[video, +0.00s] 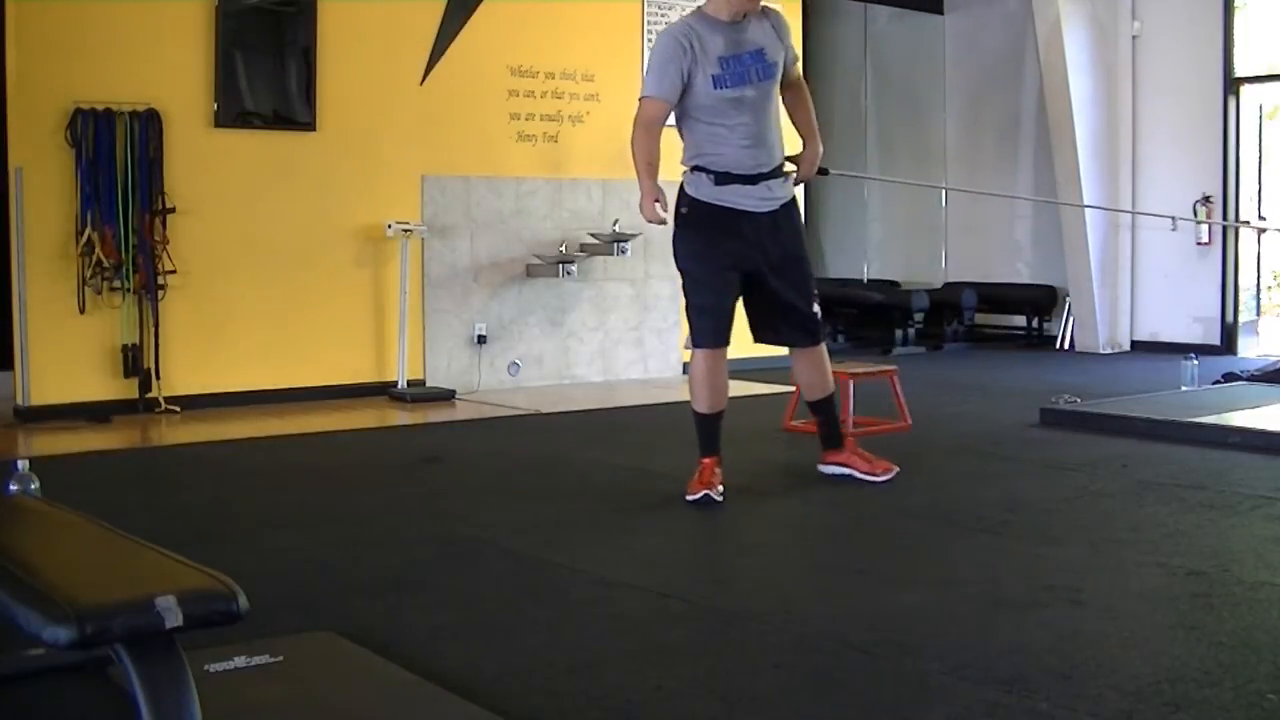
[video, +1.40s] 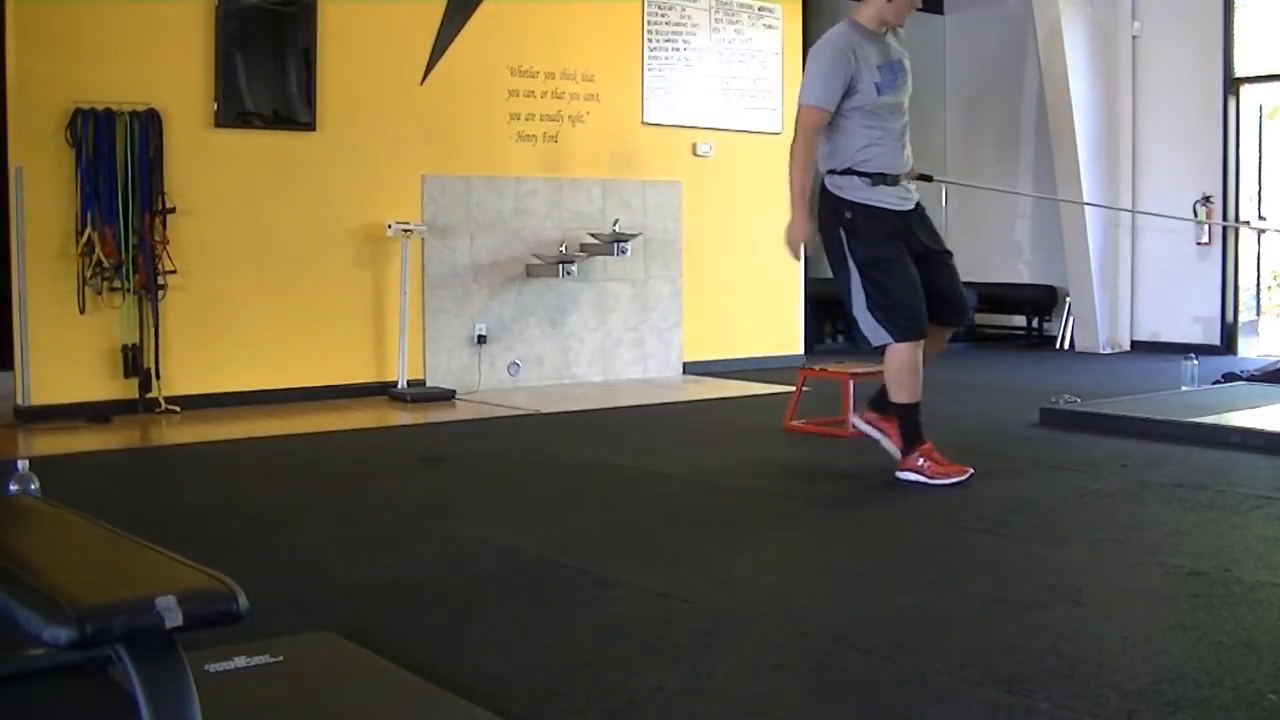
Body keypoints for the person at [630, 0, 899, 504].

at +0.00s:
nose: (758, 1)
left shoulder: (770, 23)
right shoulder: (679, 41)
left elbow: (792, 82)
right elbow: (648, 120)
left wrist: (813, 142)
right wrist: (647, 181)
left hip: (775, 207)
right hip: (708, 209)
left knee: (806, 330)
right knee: (709, 338)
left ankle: (835, 448)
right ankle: (709, 464)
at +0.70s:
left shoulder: (791, 31)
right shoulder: (720, 27)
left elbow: (796, 106)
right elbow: (699, 112)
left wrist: (834, 153)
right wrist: (718, 190)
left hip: (808, 197)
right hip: (757, 196)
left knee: (806, 328)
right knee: (772, 323)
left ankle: (802, 454)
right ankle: (745, 452)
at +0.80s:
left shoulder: (801, 29)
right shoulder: (732, 25)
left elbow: (805, 105)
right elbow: (708, 110)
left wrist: (844, 150)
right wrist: (737, 184)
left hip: (814, 191)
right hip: (769, 191)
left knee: (815, 317)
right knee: (803, 313)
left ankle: (805, 449)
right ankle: (795, 453)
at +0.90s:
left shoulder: (810, 25)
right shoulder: (745, 26)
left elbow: (816, 100)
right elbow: (714, 110)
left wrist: (856, 147)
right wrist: (749, 180)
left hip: (826, 192)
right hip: (781, 193)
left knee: (814, 322)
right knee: (830, 314)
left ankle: (800, 452)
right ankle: (853, 451)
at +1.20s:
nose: (873, 3)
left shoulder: (861, 34)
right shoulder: (797, 47)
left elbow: (852, 94)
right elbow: (750, 128)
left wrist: (877, 120)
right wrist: (749, 204)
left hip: (871, 201)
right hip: (832, 203)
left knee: (863, 329)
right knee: (882, 323)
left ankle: (813, 443)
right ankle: (909, 452)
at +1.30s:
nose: (897, 7)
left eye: (897, 2)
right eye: (892, 0)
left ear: (871, 3)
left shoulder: (878, 44)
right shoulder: (820, 51)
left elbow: (869, 125)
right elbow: (780, 138)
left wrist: (882, 185)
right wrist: (763, 216)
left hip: (884, 200)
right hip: (845, 203)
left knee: (913, 318)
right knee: (898, 323)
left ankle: (843, 418)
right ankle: (914, 452)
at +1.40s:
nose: (913, 11)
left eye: (915, 5)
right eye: (910, 3)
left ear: (890, 3)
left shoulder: (894, 46)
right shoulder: (836, 48)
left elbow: (882, 121)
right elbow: (805, 132)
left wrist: (903, 171)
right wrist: (800, 213)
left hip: (900, 199)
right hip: (855, 201)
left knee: (945, 309)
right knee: (905, 322)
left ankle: (882, 408)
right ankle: (913, 452)